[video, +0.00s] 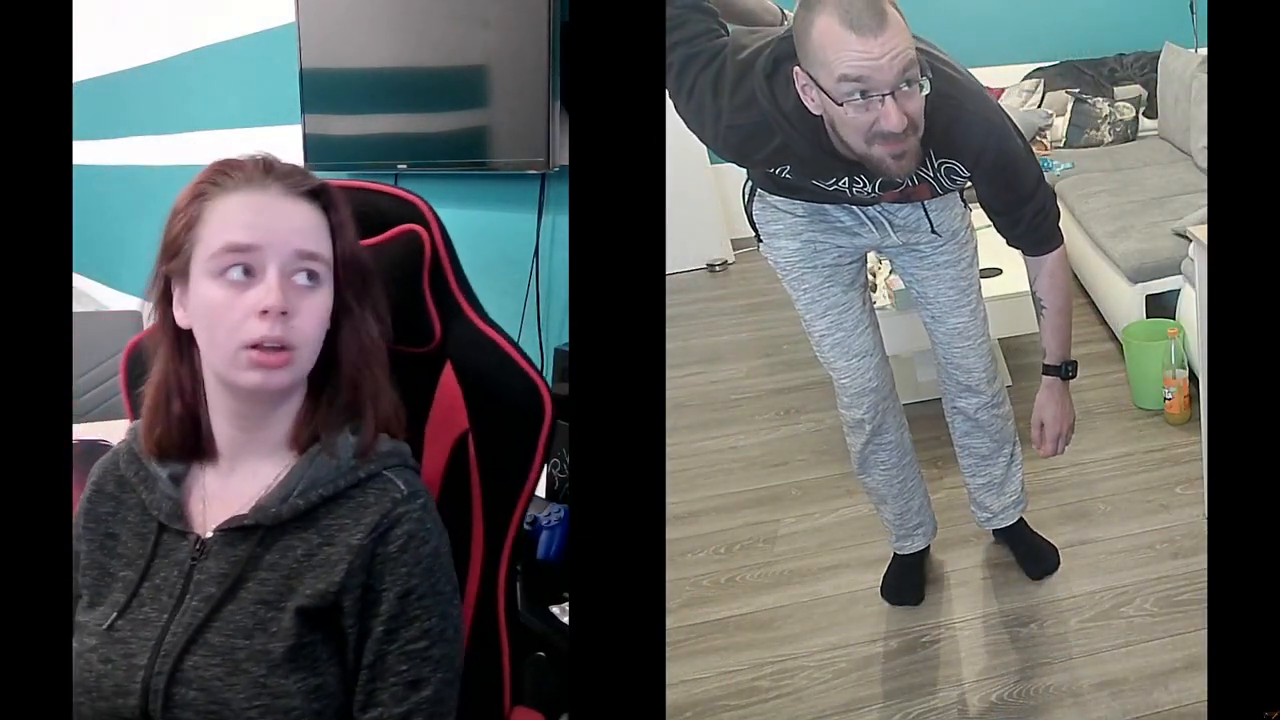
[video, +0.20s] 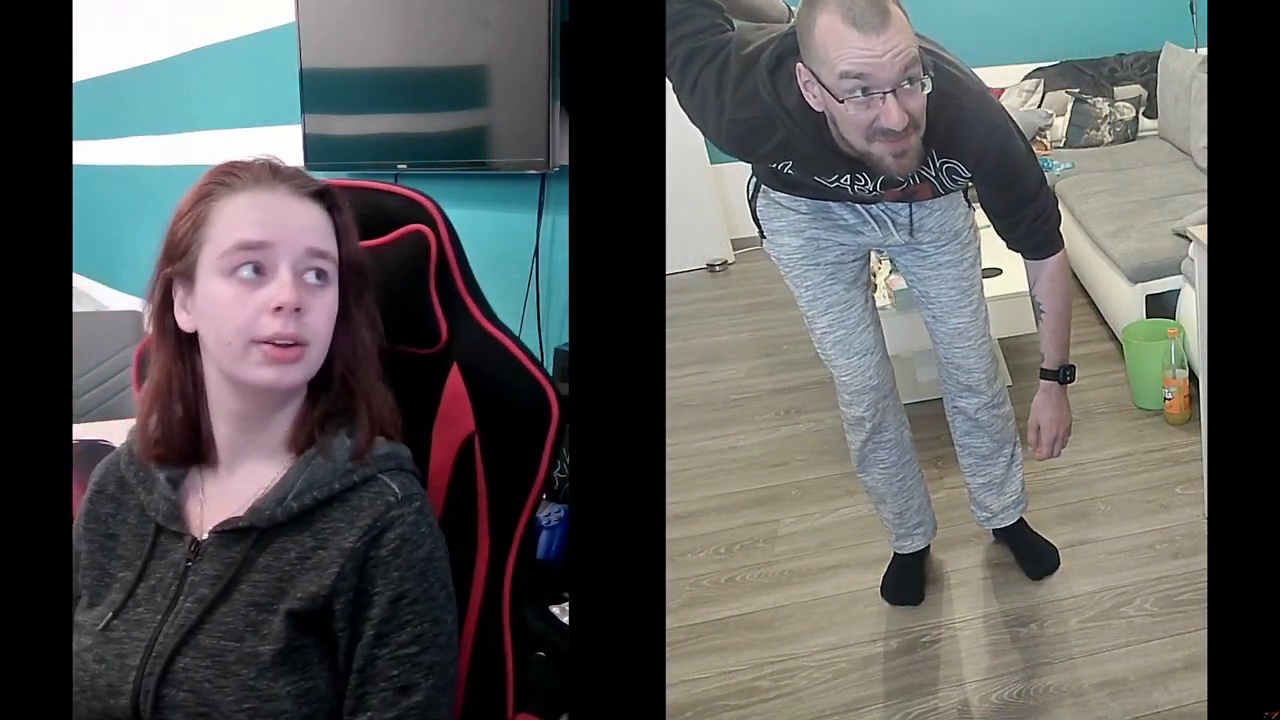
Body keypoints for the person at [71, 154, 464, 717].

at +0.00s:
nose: (275, 302)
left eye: (306, 276)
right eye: (240, 271)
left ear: (334, 306)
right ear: (180, 300)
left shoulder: (387, 518)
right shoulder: (117, 485)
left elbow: (410, 706)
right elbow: (84, 678)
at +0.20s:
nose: (289, 299)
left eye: (316, 274)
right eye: (251, 269)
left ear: (337, 306)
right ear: (184, 302)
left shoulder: (383, 522)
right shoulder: (118, 487)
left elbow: (405, 707)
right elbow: (85, 680)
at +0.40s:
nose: (296, 300)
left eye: (321, 275)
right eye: (257, 271)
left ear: (342, 309)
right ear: (188, 305)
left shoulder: (381, 521)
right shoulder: (121, 485)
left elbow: (404, 706)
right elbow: (83, 680)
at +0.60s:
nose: (299, 306)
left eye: (323, 280)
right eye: (259, 278)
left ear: (345, 313)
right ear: (190, 312)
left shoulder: (385, 525)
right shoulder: (131, 485)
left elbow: (404, 705)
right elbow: (82, 671)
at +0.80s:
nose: (302, 311)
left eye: (326, 284)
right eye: (262, 282)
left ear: (348, 315)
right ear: (193, 316)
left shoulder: (389, 528)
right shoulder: (134, 488)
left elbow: (410, 707)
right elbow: (79, 666)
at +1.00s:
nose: (306, 314)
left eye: (328, 287)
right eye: (265, 286)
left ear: (351, 318)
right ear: (195, 319)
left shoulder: (393, 530)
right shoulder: (135, 491)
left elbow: (415, 707)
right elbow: (78, 672)